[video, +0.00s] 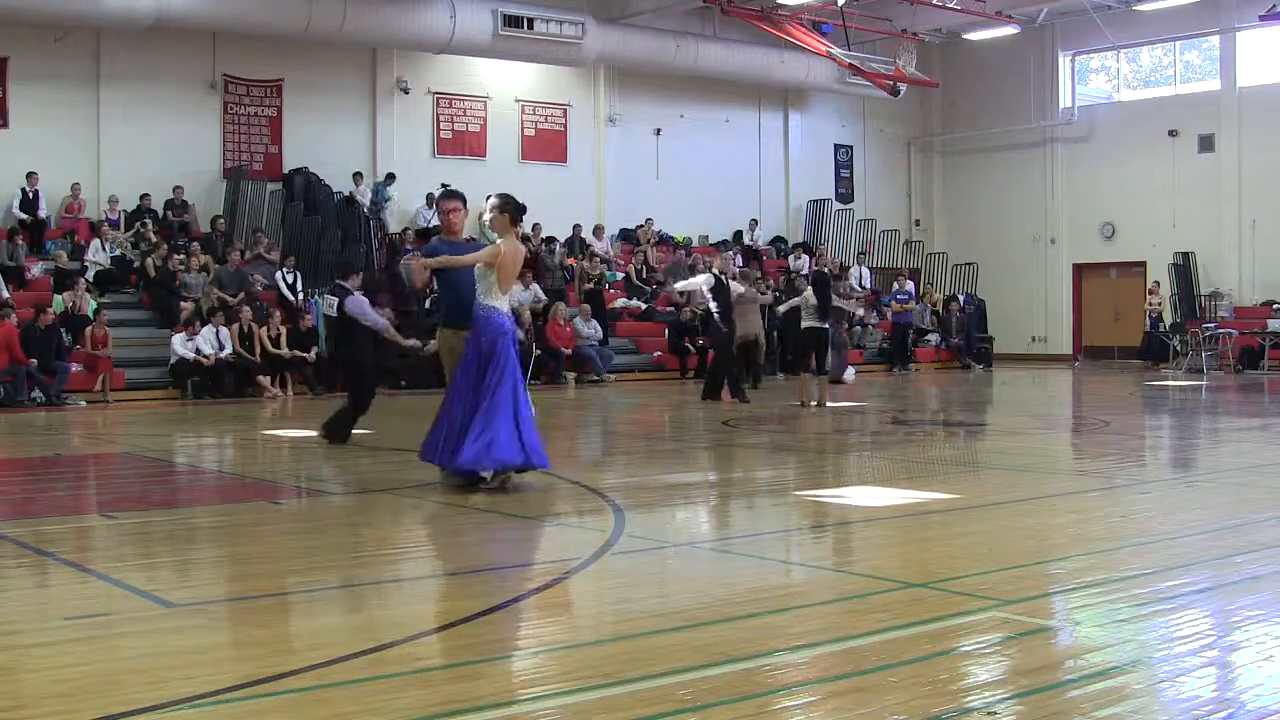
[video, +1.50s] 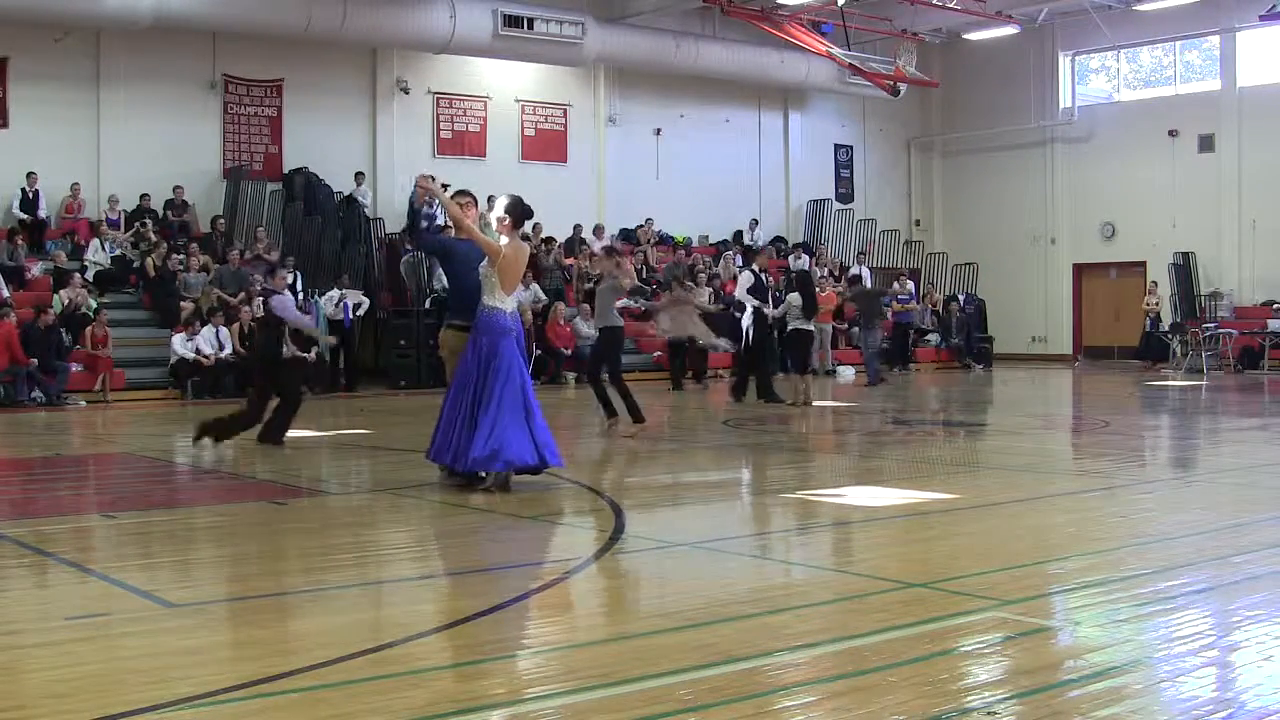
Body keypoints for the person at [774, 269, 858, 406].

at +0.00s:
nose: (809, 282)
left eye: (810, 280)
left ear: (813, 282)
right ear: (827, 283)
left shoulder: (807, 295)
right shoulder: (828, 296)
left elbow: (791, 302)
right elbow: (843, 304)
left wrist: (780, 309)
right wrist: (857, 309)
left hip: (808, 329)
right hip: (823, 329)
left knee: (804, 364)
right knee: (822, 365)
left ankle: (804, 397)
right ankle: (823, 398)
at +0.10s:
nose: (808, 282)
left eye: (809, 280)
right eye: (809, 280)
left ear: (812, 281)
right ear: (826, 282)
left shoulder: (807, 295)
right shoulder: (828, 297)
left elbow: (791, 307)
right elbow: (840, 310)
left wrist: (777, 318)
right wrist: (852, 321)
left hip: (809, 330)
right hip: (824, 331)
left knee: (805, 365)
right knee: (822, 366)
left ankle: (809, 398)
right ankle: (822, 399)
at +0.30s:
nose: (806, 282)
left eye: (808, 280)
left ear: (811, 281)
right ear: (825, 282)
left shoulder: (805, 296)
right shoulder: (829, 297)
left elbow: (789, 313)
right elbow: (831, 316)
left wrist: (775, 329)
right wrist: (837, 330)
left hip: (809, 331)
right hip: (824, 332)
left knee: (808, 366)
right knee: (822, 367)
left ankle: (813, 398)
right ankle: (822, 398)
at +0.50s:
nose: (803, 283)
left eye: (805, 281)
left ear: (808, 283)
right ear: (822, 283)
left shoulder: (801, 299)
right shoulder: (826, 298)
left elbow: (795, 320)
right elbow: (829, 321)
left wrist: (787, 338)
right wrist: (835, 339)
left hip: (806, 332)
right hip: (822, 333)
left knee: (803, 366)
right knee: (820, 368)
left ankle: (806, 396)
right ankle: (822, 398)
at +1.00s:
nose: (789, 286)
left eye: (791, 284)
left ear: (795, 287)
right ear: (808, 287)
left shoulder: (789, 302)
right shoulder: (811, 301)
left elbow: (780, 319)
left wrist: (769, 326)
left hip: (795, 335)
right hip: (811, 335)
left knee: (791, 367)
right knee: (803, 366)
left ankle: (791, 396)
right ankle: (808, 386)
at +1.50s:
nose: (793, 282)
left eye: (794, 280)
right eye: (793, 280)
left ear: (797, 282)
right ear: (809, 282)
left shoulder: (792, 297)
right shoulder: (812, 297)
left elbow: (779, 313)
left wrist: (767, 311)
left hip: (794, 330)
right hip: (809, 330)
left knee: (795, 366)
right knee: (806, 366)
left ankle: (798, 396)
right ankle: (808, 397)